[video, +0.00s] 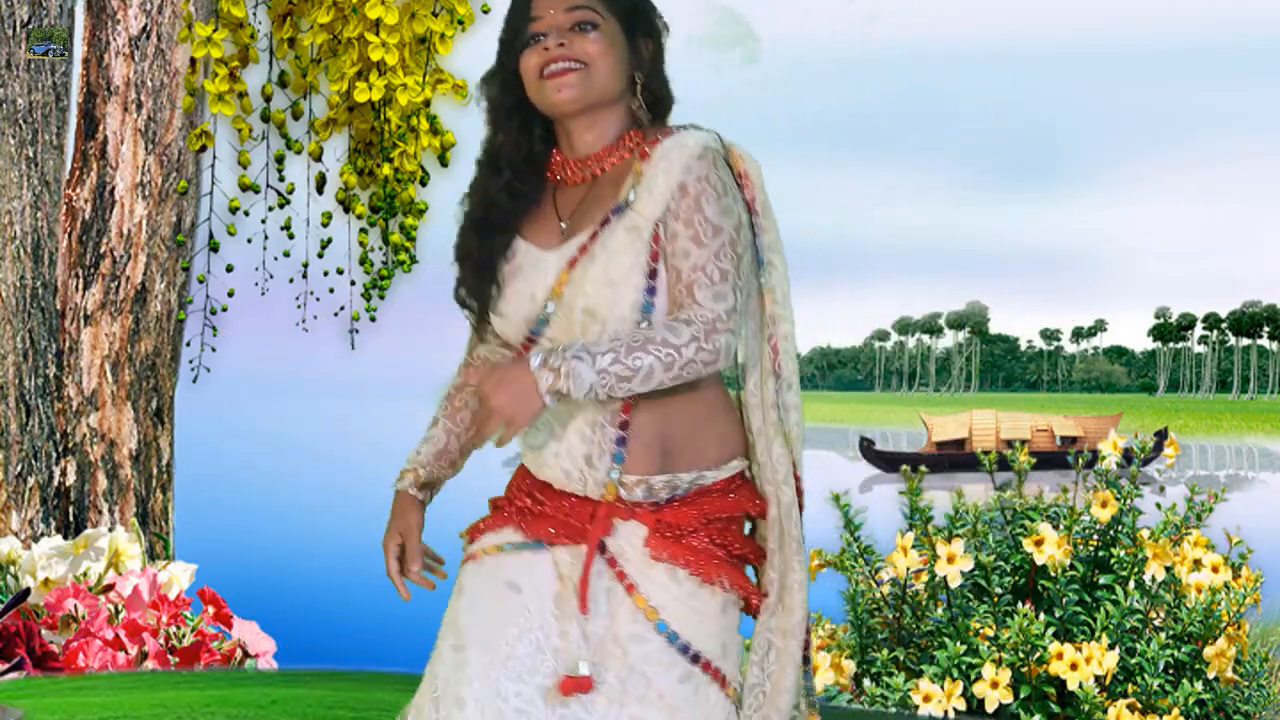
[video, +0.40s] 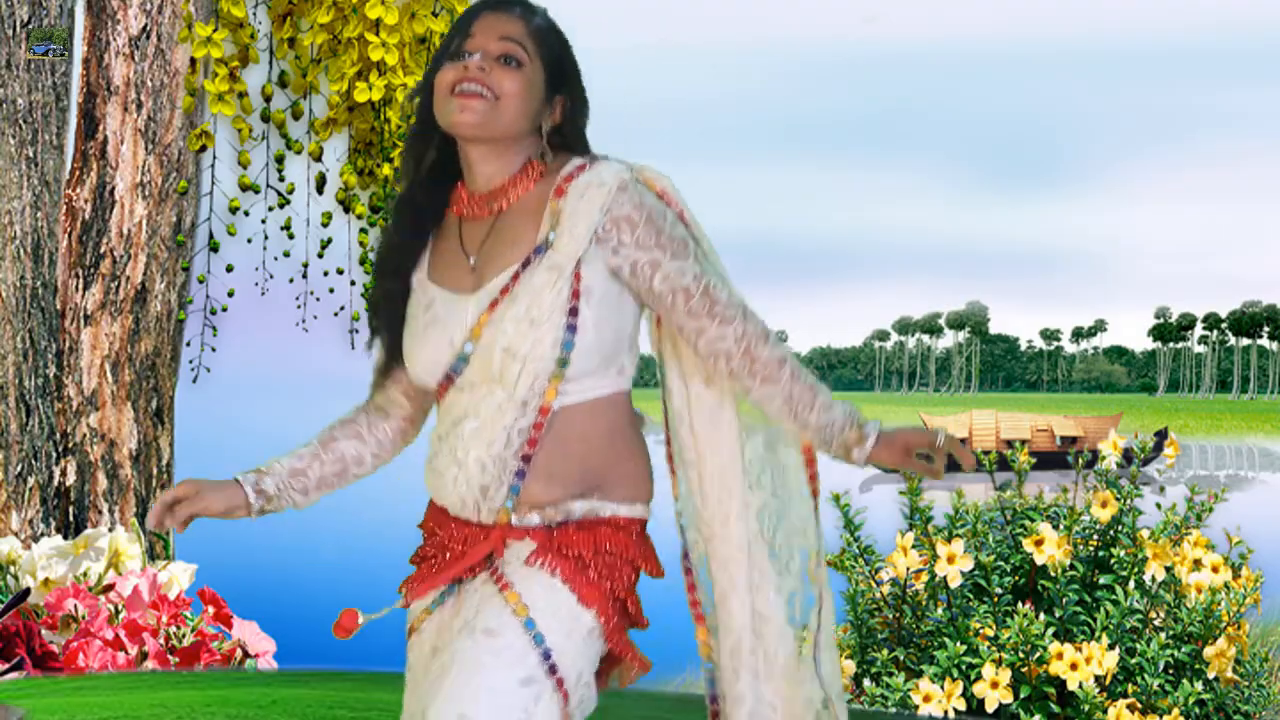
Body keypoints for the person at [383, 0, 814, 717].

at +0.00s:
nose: (555, 45)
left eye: (583, 25)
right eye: (534, 36)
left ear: (638, 53)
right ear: (520, 74)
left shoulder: (689, 164)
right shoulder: (518, 199)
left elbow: (704, 336)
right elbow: (488, 360)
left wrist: (548, 376)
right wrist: (415, 483)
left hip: (681, 522)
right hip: (538, 515)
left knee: (656, 706)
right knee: (479, 703)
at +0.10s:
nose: (538, 49)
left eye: (566, 27)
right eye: (517, 39)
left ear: (624, 51)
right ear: (503, 74)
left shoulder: (662, 154)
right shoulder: (512, 193)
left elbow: (687, 329)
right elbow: (488, 356)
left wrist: (564, 444)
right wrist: (404, 473)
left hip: (644, 517)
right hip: (510, 514)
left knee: (626, 706)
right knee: (467, 701)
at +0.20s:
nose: (506, 92)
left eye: (536, 75)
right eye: (489, 80)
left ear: (592, 108)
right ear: (471, 116)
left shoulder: (629, 223)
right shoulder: (489, 250)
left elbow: (670, 411)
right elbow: (478, 428)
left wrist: (663, 574)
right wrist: (365, 503)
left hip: (570, 587)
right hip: (461, 582)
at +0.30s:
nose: (481, 117)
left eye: (516, 106)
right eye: (469, 104)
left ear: (568, 151)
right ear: (448, 144)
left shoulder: (602, 251)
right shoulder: (471, 284)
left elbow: (692, 414)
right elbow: (456, 459)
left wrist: (763, 565)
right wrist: (314, 517)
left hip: (567, 595)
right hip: (452, 587)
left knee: (470, 703)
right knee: (413, 705)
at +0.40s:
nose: (471, 69)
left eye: (505, 59)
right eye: (458, 54)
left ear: (551, 99)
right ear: (436, 93)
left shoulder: (605, 200)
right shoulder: (433, 241)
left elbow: (733, 342)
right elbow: (391, 414)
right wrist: (245, 494)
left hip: (572, 547)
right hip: (454, 550)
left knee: (469, 702)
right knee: (433, 702)